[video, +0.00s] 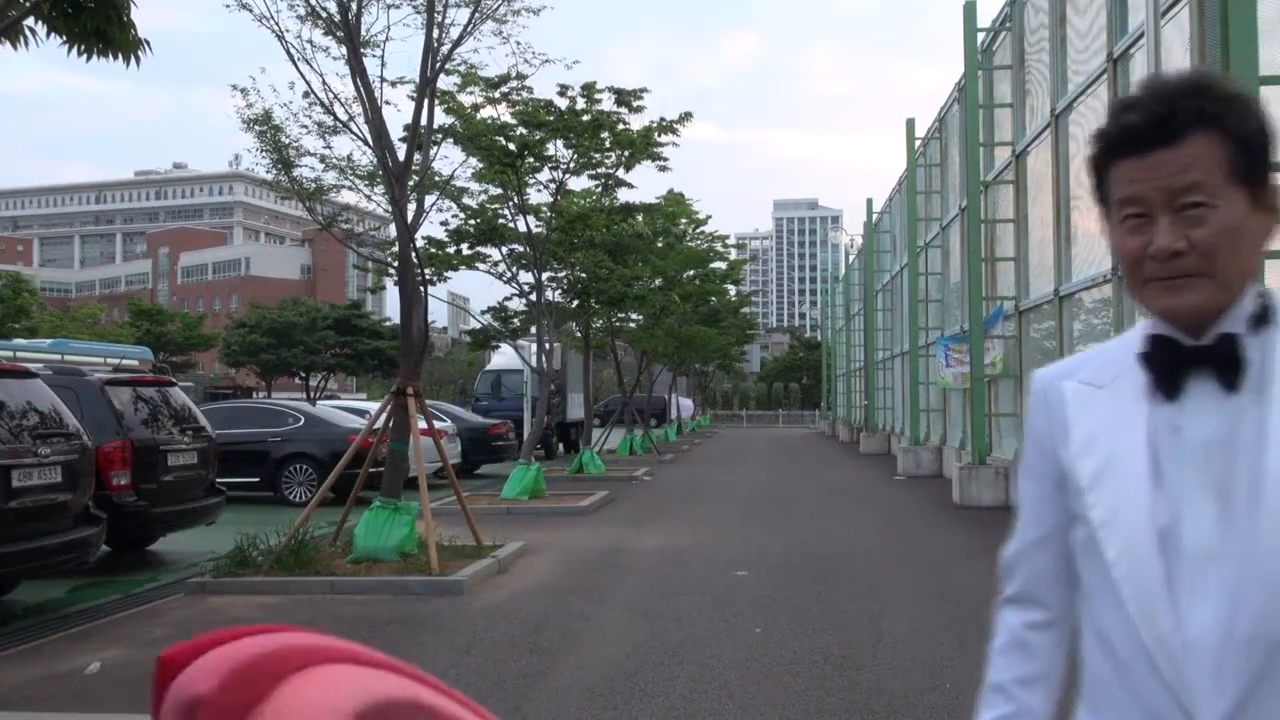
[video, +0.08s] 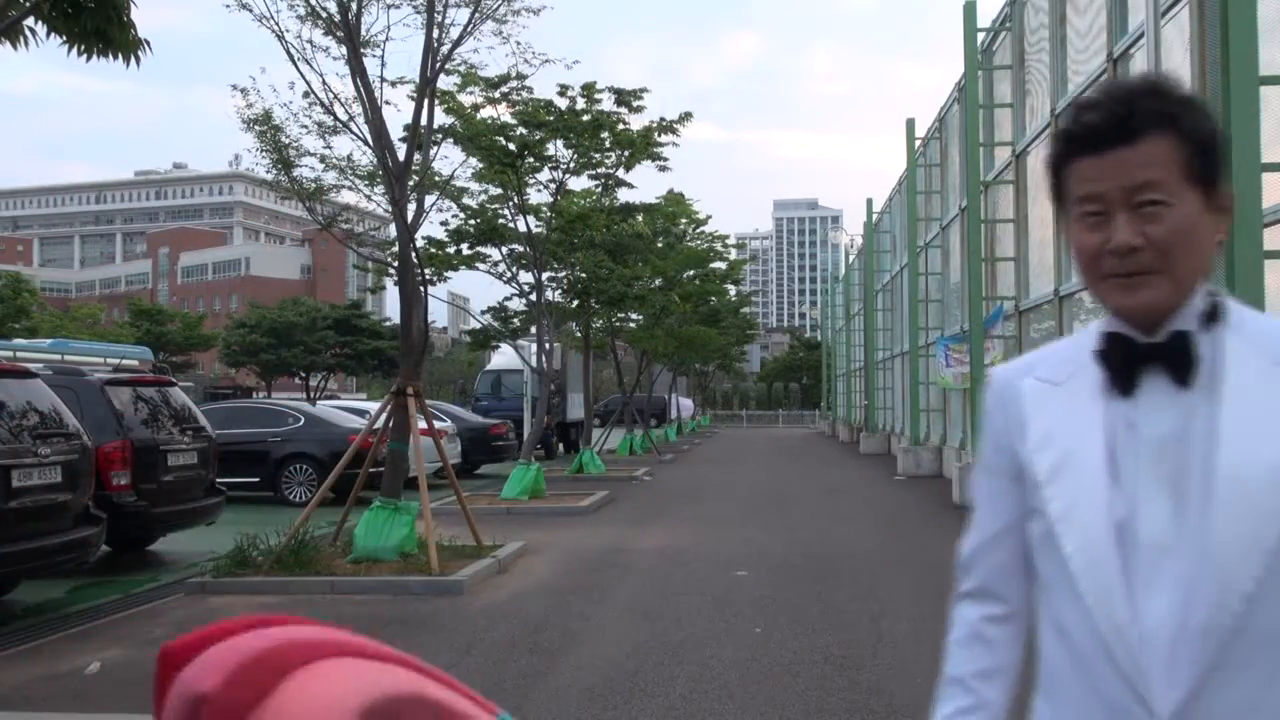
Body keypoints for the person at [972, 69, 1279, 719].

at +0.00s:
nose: (1165, 243)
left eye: (1194, 208)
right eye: (1136, 218)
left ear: (1266, 211)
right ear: (1110, 234)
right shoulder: (1065, 398)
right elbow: (1032, 617)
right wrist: (1006, 713)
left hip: (1265, 702)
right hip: (1122, 707)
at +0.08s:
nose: (1121, 239)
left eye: (1149, 206)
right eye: (1092, 214)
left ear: (1218, 213)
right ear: (1066, 233)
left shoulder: (1273, 367)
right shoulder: (1021, 395)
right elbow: (988, 607)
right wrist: (964, 711)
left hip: (1249, 703)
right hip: (1079, 707)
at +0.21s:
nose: (1079, 238)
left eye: (1106, 205)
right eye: (1051, 214)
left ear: (1169, 212)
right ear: (1023, 235)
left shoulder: (1266, 366)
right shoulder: (980, 394)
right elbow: (948, 603)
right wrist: (922, 709)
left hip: (1237, 704)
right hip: (1042, 706)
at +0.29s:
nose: (1043, 236)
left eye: (1067, 204)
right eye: (1013, 215)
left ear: (1126, 214)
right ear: (986, 240)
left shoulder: (1254, 373)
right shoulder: (946, 396)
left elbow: (1273, 600)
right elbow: (914, 604)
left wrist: (1268, 704)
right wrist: (890, 710)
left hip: (1210, 706)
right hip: (1016, 707)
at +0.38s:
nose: (1022, 238)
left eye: (1046, 206)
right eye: (992, 216)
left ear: (1101, 216)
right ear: (965, 243)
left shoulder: (1227, 371)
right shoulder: (926, 398)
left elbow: (1264, 600)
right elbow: (897, 605)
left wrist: (1262, 708)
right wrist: (879, 711)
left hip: (1188, 705)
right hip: (1002, 707)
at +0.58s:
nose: (956, 246)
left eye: (979, 214)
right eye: (930, 226)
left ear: (1040, 221)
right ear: (909, 249)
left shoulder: (1164, 362)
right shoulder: (879, 404)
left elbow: (1223, 592)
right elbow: (869, 613)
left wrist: (1251, 708)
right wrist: (868, 711)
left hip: (1150, 703)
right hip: (969, 706)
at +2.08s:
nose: (923, 228)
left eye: (937, 195)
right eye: (928, 199)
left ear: (1025, 204)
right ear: (1024, 207)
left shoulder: (1153, 382)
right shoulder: (985, 369)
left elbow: (1194, 696)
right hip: (931, 703)